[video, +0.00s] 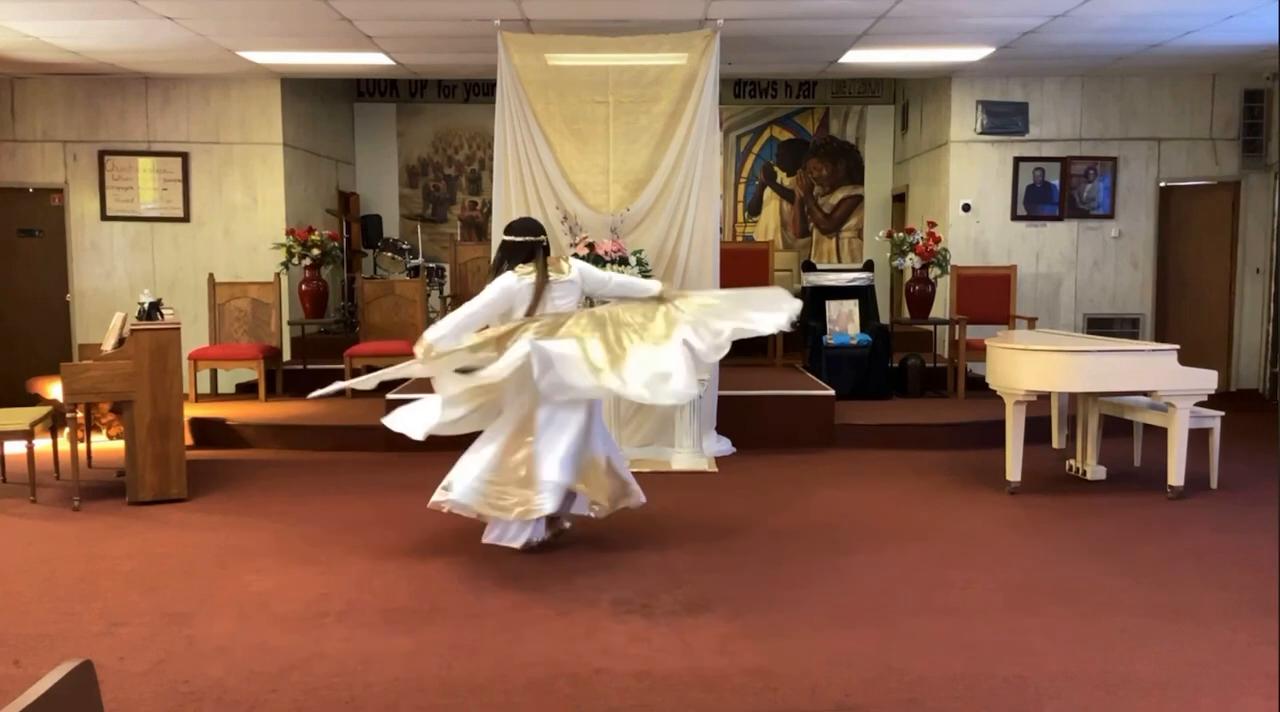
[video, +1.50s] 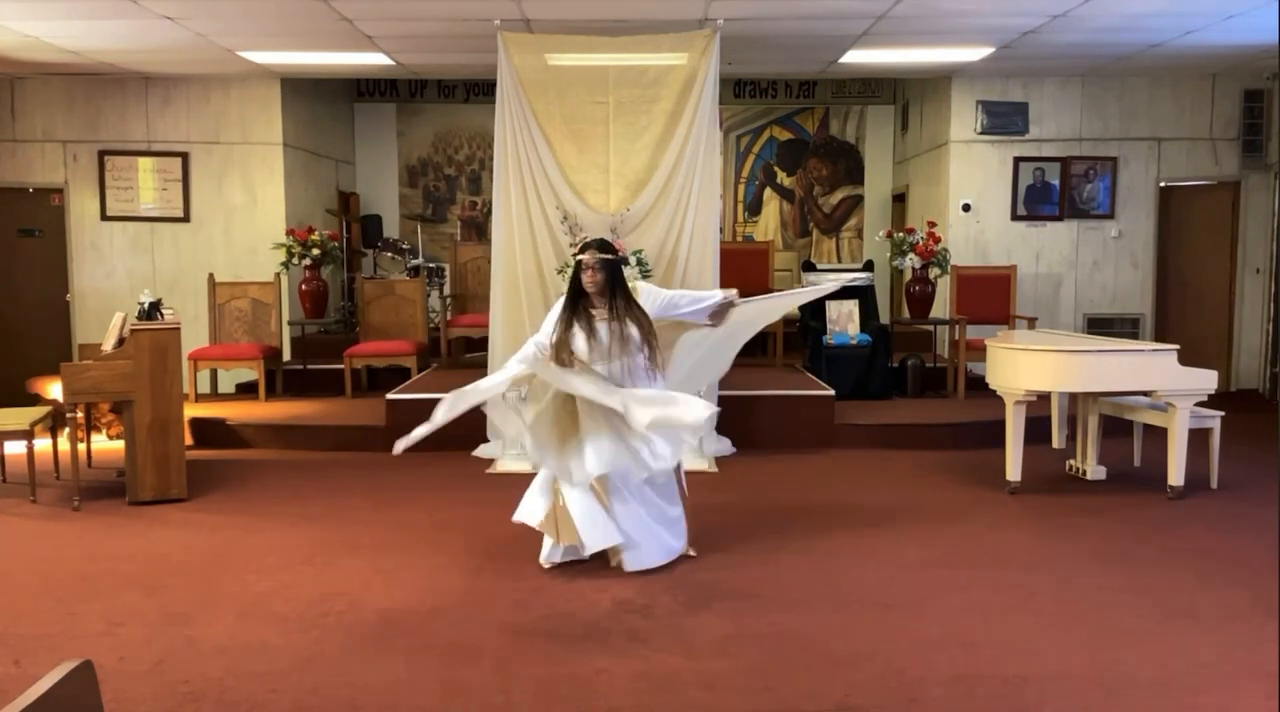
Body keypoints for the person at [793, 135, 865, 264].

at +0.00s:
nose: (815, 176)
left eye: (820, 170)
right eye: (812, 171)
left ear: (840, 166)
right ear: (808, 173)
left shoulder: (854, 193)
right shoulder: (820, 195)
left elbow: (828, 226)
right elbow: (799, 232)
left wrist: (808, 196)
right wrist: (799, 197)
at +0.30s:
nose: (815, 176)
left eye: (820, 170)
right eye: (812, 171)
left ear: (840, 166)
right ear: (808, 173)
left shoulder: (854, 193)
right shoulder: (820, 195)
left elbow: (828, 227)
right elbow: (799, 233)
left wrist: (808, 196)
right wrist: (799, 197)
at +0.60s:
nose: (815, 176)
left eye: (820, 170)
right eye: (812, 171)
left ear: (840, 166)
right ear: (808, 173)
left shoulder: (854, 193)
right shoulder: (820, 195)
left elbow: (828, 226)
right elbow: (799, 232)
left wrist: (808, 196)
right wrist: (799, 197)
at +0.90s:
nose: (815, 176)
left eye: (820, 170)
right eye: (812, 171)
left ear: (840, 166)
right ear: (808, 173)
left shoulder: (854, 193)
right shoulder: (820, 195)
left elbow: (828, 227)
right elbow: (799, 233)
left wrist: (808, 196)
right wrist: (798, 197)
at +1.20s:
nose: (815, 176)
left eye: (820, 170)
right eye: (812, 171)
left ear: (840, 166)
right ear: (808, 172)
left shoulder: (854, 193)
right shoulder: (819, 194)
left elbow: (828, 227)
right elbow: (799, 233)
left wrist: (808, 196)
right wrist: (799, 197)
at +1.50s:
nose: (815, 176)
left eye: (820, 170)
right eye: (812, 171)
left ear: (840, 165)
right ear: (808, 173)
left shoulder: (854, 193)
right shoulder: (820, 195)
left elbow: (828, 227)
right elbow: (800, 232)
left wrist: (808, 197)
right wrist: (799, 197)